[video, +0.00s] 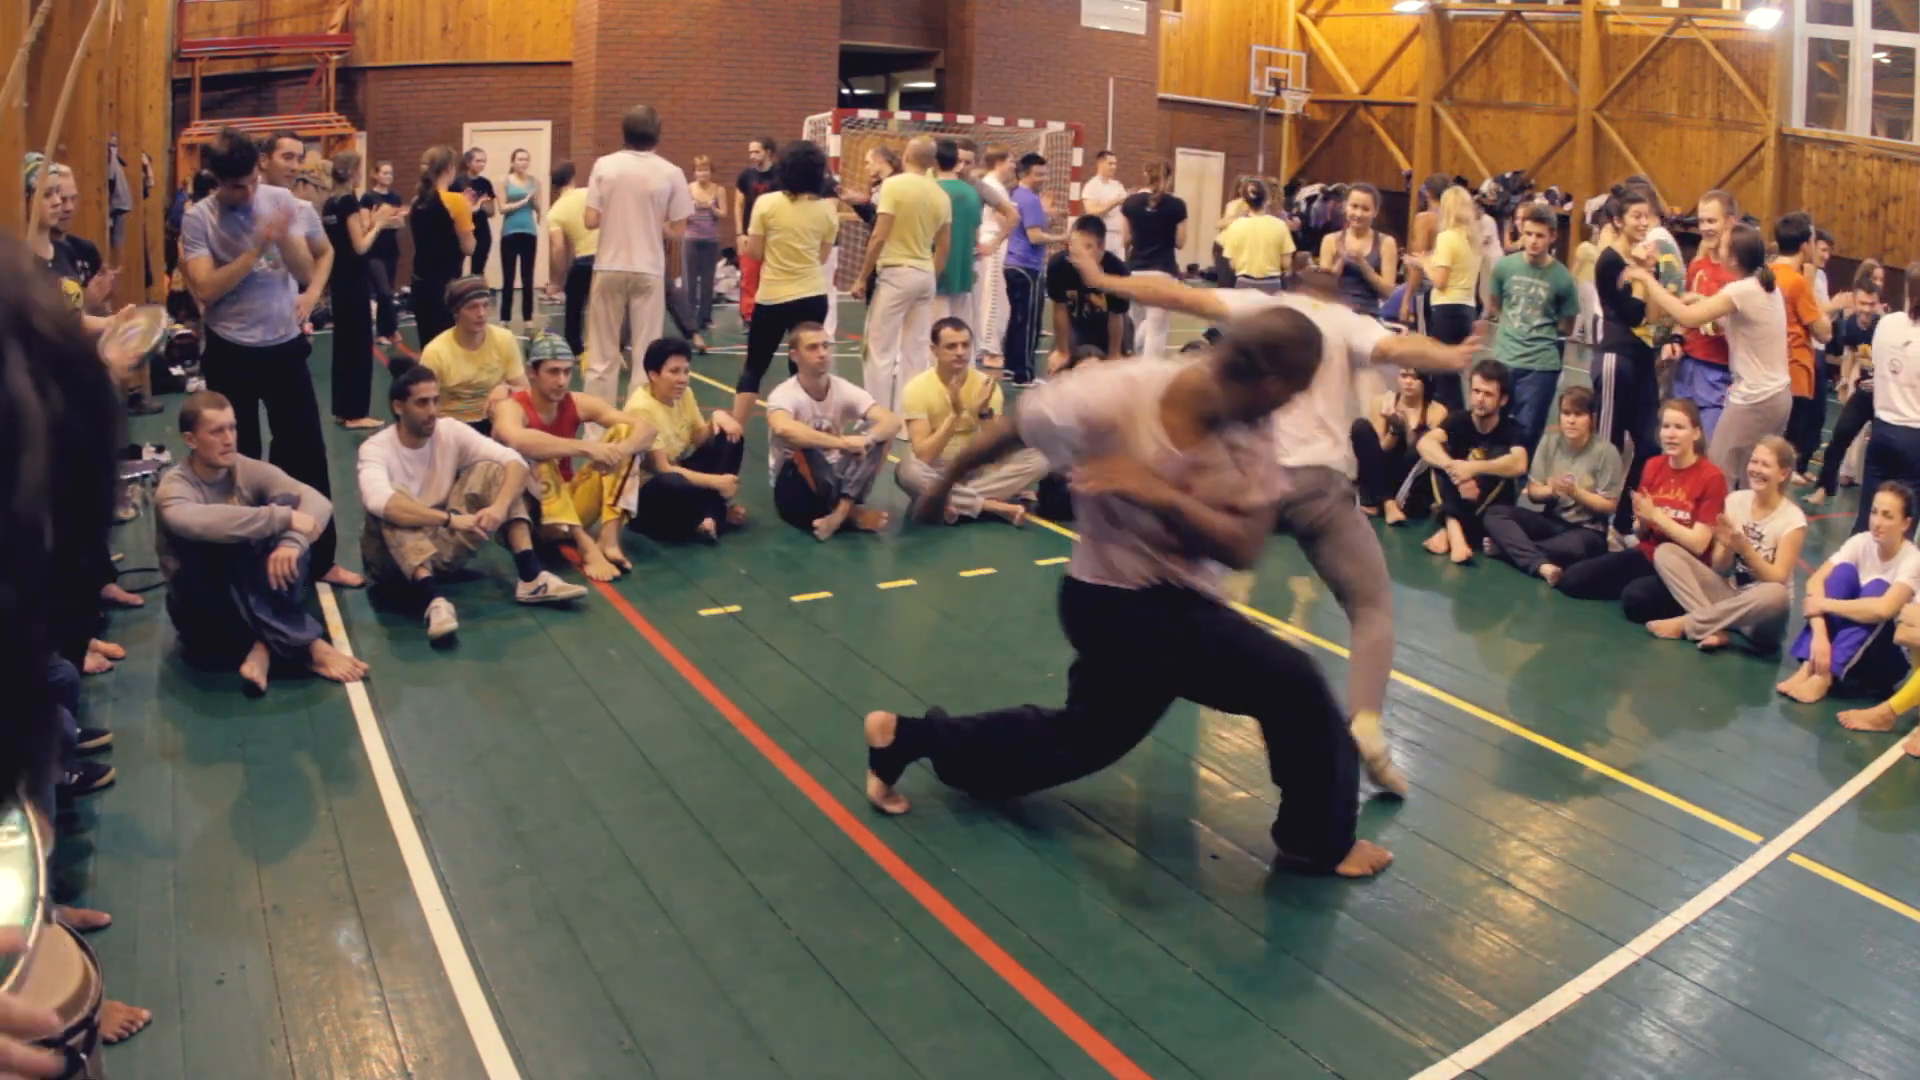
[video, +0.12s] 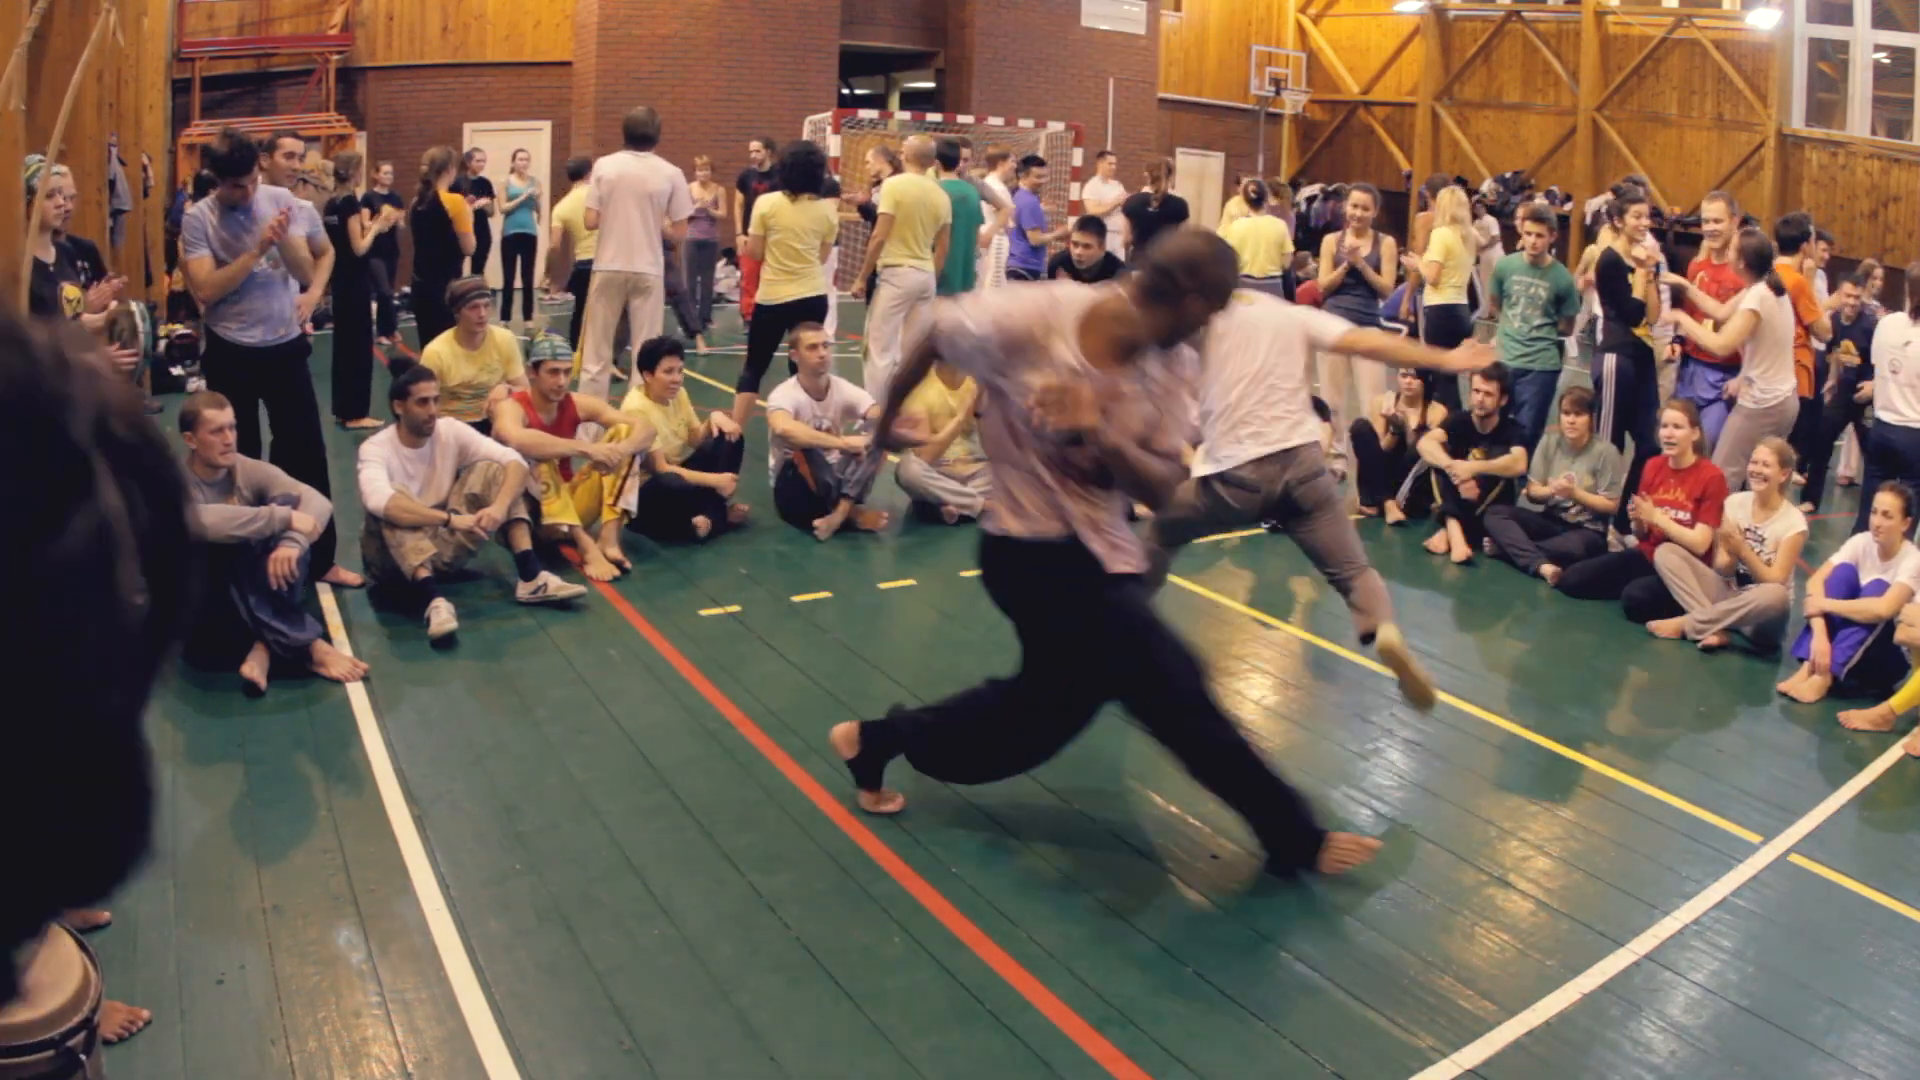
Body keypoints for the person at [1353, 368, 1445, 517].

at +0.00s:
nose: (1409, 382)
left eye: (1416, 377)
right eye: (1404, 376)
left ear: (1425, 382)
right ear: (1398, 379)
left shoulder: (1437, 412)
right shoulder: (1382, 403)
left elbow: (1427, 453)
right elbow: (1381, 448)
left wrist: (1408, 428)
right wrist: (1394, 430)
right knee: (1360, 426)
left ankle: (1372, 501)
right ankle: (1388, 501)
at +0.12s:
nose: (1409, 382)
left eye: (1415, 377)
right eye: (1404, 376)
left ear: (1425, 381)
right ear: (1397, 378)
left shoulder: (1437, 412)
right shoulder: (1382, 403)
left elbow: (1427, 453)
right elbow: (1381, 449)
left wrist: (1409, 428)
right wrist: (1394, 430)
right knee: (1360, 426)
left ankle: (1372, 500)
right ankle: (1388, 501)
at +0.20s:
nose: (1409, 382)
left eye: (1416, 377)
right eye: (1404, 376)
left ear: (1426, 382)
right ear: (1397, 378)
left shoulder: (1437, 412)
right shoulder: (1387, 404)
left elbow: (1430, 452)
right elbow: (1380, 450)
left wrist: (1411, 430)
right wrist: (1394, 432)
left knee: (1419, 449)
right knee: (1360, 426)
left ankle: (1372, 499)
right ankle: (1389, 501)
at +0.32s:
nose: (1409, 382)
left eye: (1415, 377)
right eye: (1404, 376)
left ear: (1426, 381)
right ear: (1397, 378)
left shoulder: (1437, 412)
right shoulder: (1382, 403)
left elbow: (1422, 454)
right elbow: (1379, 451)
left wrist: (1409, 428)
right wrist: (1394, 431)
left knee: (1420, 448)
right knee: (1360, 426)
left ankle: (1373, 500)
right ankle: (1388, 501)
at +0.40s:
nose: (1409, 382)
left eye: (1415, 377)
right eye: (1404, 376)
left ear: (1426, 381)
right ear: (1397, 378)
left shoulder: (1437, 412)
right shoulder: (1382, 403)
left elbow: (1424, 454)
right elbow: (1378, 451)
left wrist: (1409, 429)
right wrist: (1393, 432)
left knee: (1420, 449)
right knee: (1360, 426)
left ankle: (1372, 499)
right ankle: (1388, 501)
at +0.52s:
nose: (1409, 382)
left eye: (1415, 377)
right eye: (1404, 376)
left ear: (1426, 381)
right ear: (1397, 378)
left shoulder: (1436, 412)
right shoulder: (1382, 403)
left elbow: (1425, 454)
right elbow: (1378, 451)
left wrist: (1409, 429)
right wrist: (1394, 432)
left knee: (1418, 449)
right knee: (1360, 426)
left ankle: (1372, 499)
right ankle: (1389, 501)